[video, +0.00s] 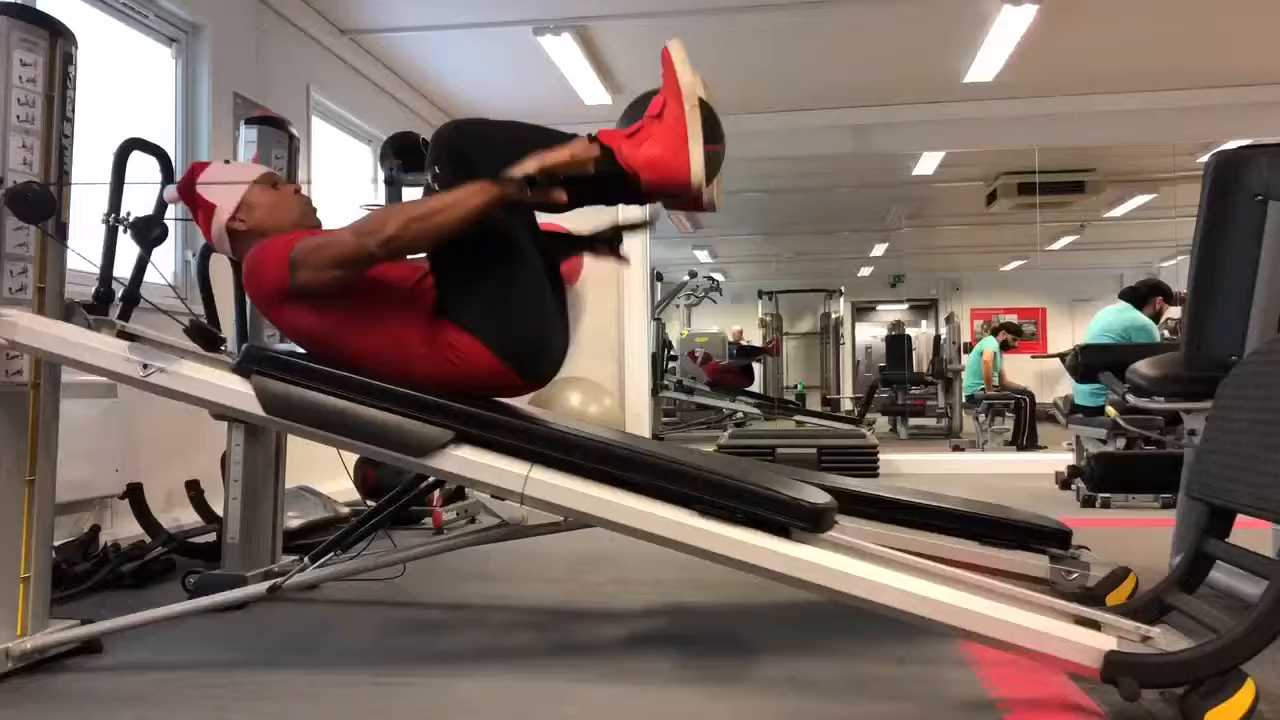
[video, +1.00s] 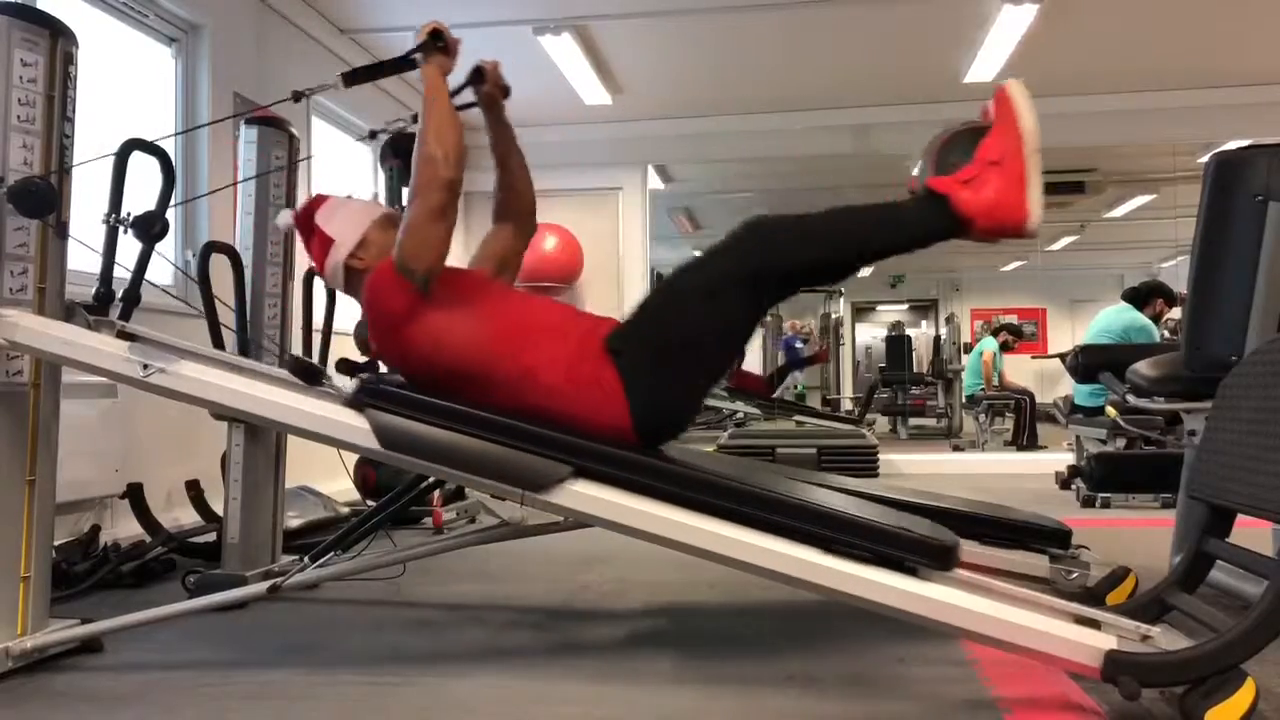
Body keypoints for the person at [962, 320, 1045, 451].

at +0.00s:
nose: (1016, 345)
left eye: (1017, 342)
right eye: (1014, 340)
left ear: (1003, 336)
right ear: (1002, 335)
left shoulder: (998, 352)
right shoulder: (991, 341)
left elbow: (1003, 383)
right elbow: (987, 360)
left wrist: (1022, 388)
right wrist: (989, 391)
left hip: (983, 393)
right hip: (976, 393)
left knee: (1026, 397)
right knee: (1026, 398)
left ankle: (1017, 441)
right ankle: (1027, 443)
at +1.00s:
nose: (1015, 346)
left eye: (1017, 343)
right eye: (1014, 341)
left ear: (1003, 336)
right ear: (1003, 335)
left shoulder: (997, 352)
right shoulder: (990, 342)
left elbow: (1003, 382)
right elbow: (986, 361)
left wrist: (1023, 389)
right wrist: (989, 390)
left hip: (983, 392)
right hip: (976, 393)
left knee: (1025, 397)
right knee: (1026, 398)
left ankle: (1018, 441)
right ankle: (1026, 443)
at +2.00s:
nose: (1013, 347)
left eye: (1016, 344)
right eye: (1013, 342)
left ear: (1003, 336)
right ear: (1003, 334)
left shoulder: (997, 351)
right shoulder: (990, 342)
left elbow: (1003, 383)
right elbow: (986, 361)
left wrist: (1020, 389)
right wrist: (988, 390)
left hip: (983, 392)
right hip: (975, 393)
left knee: (1026, 397)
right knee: (1025, 398)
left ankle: (1020, 441)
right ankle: (1025, 444)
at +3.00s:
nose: (1014, 347)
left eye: (1016, 344)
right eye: (1013, 342)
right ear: (1003, 334)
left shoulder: (998, 352)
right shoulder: (990, 341)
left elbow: (1004, 381)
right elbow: (986, 361)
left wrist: (1018, 389)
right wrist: (989, 390)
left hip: (985, 392)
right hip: (976, 393)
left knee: (1026, 398)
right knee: (1026, 399)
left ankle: (1020, 442)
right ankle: (1025, 444)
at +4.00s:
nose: (1013, 347)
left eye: (1015, 344)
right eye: (1013, 342)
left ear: (1003, 335)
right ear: (1003, 334)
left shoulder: (997, 352)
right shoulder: (990, 342)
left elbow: (1003, 382)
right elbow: (986, 361)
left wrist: (1019, 390)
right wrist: (989, 390)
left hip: (985, 392)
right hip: (976, 393)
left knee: (1027, 397)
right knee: (1024, 399)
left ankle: (1028, 443)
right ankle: (1024, 444)